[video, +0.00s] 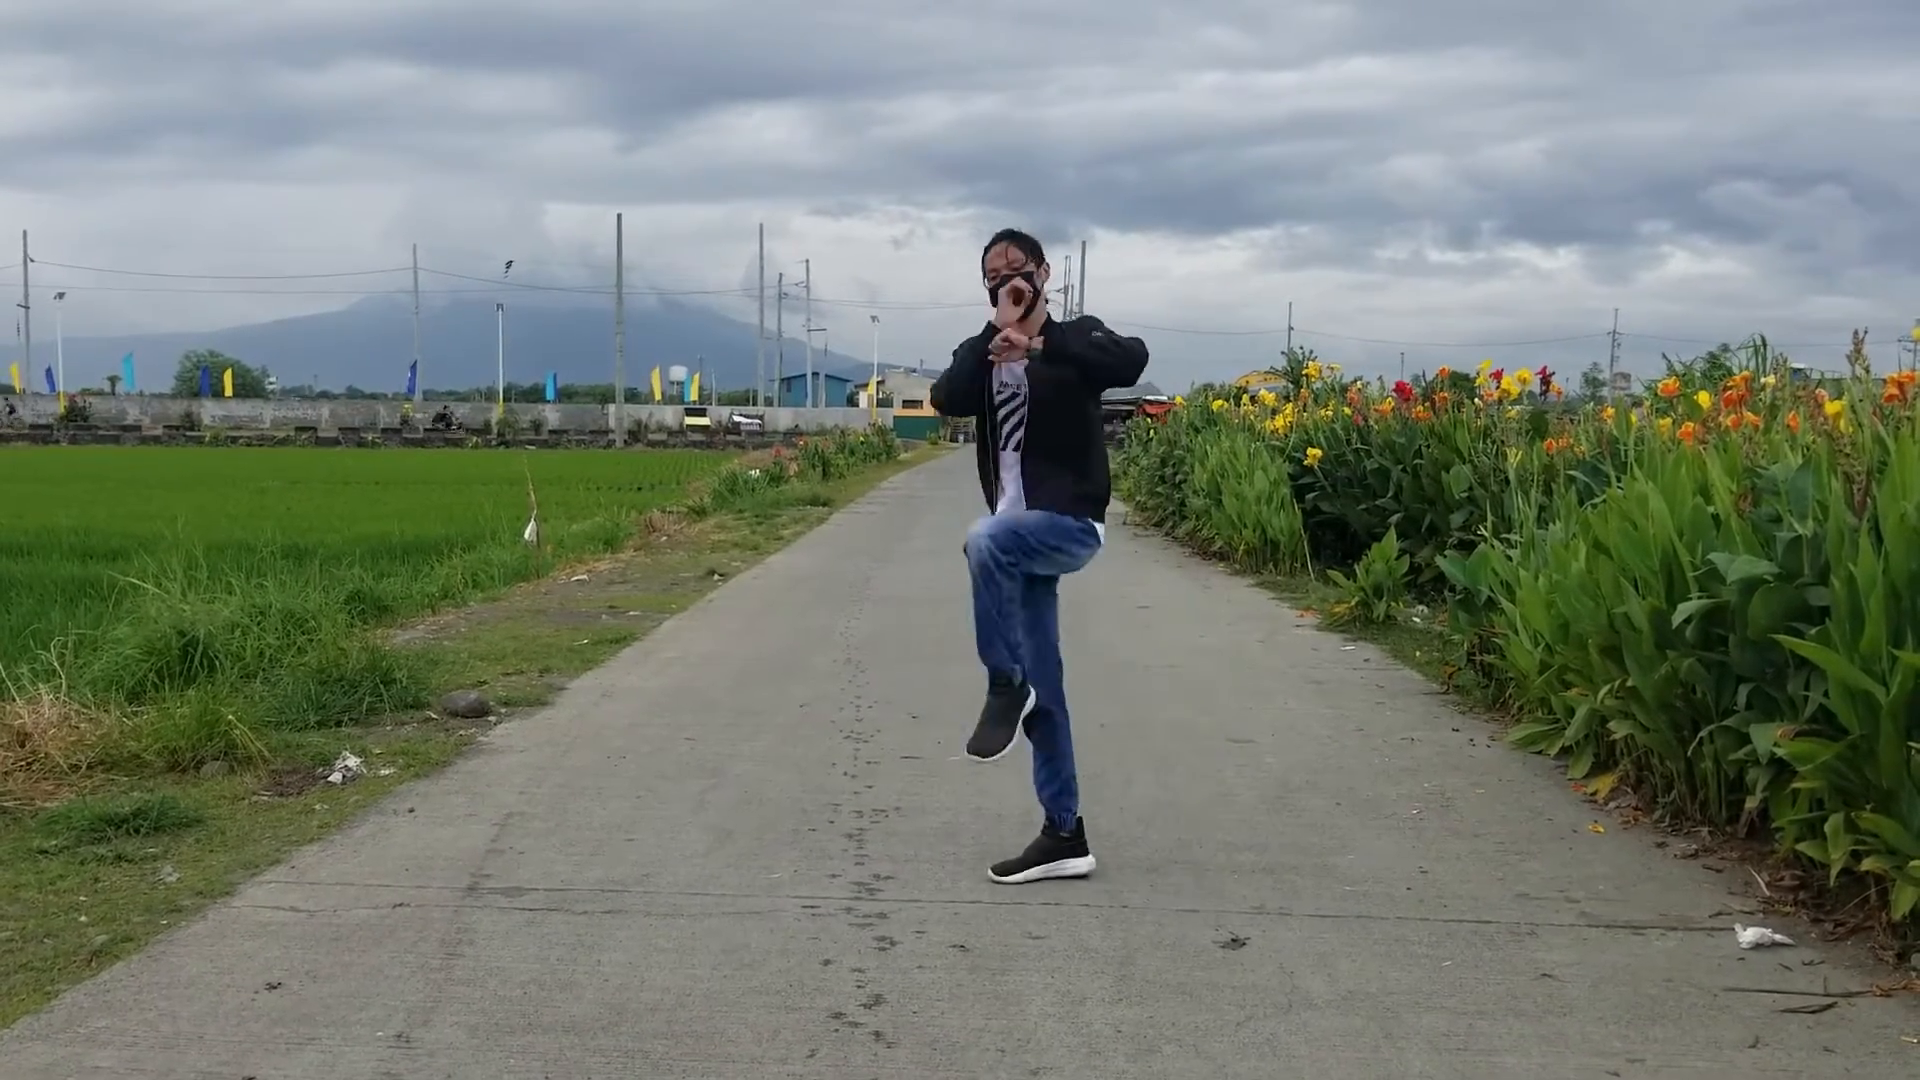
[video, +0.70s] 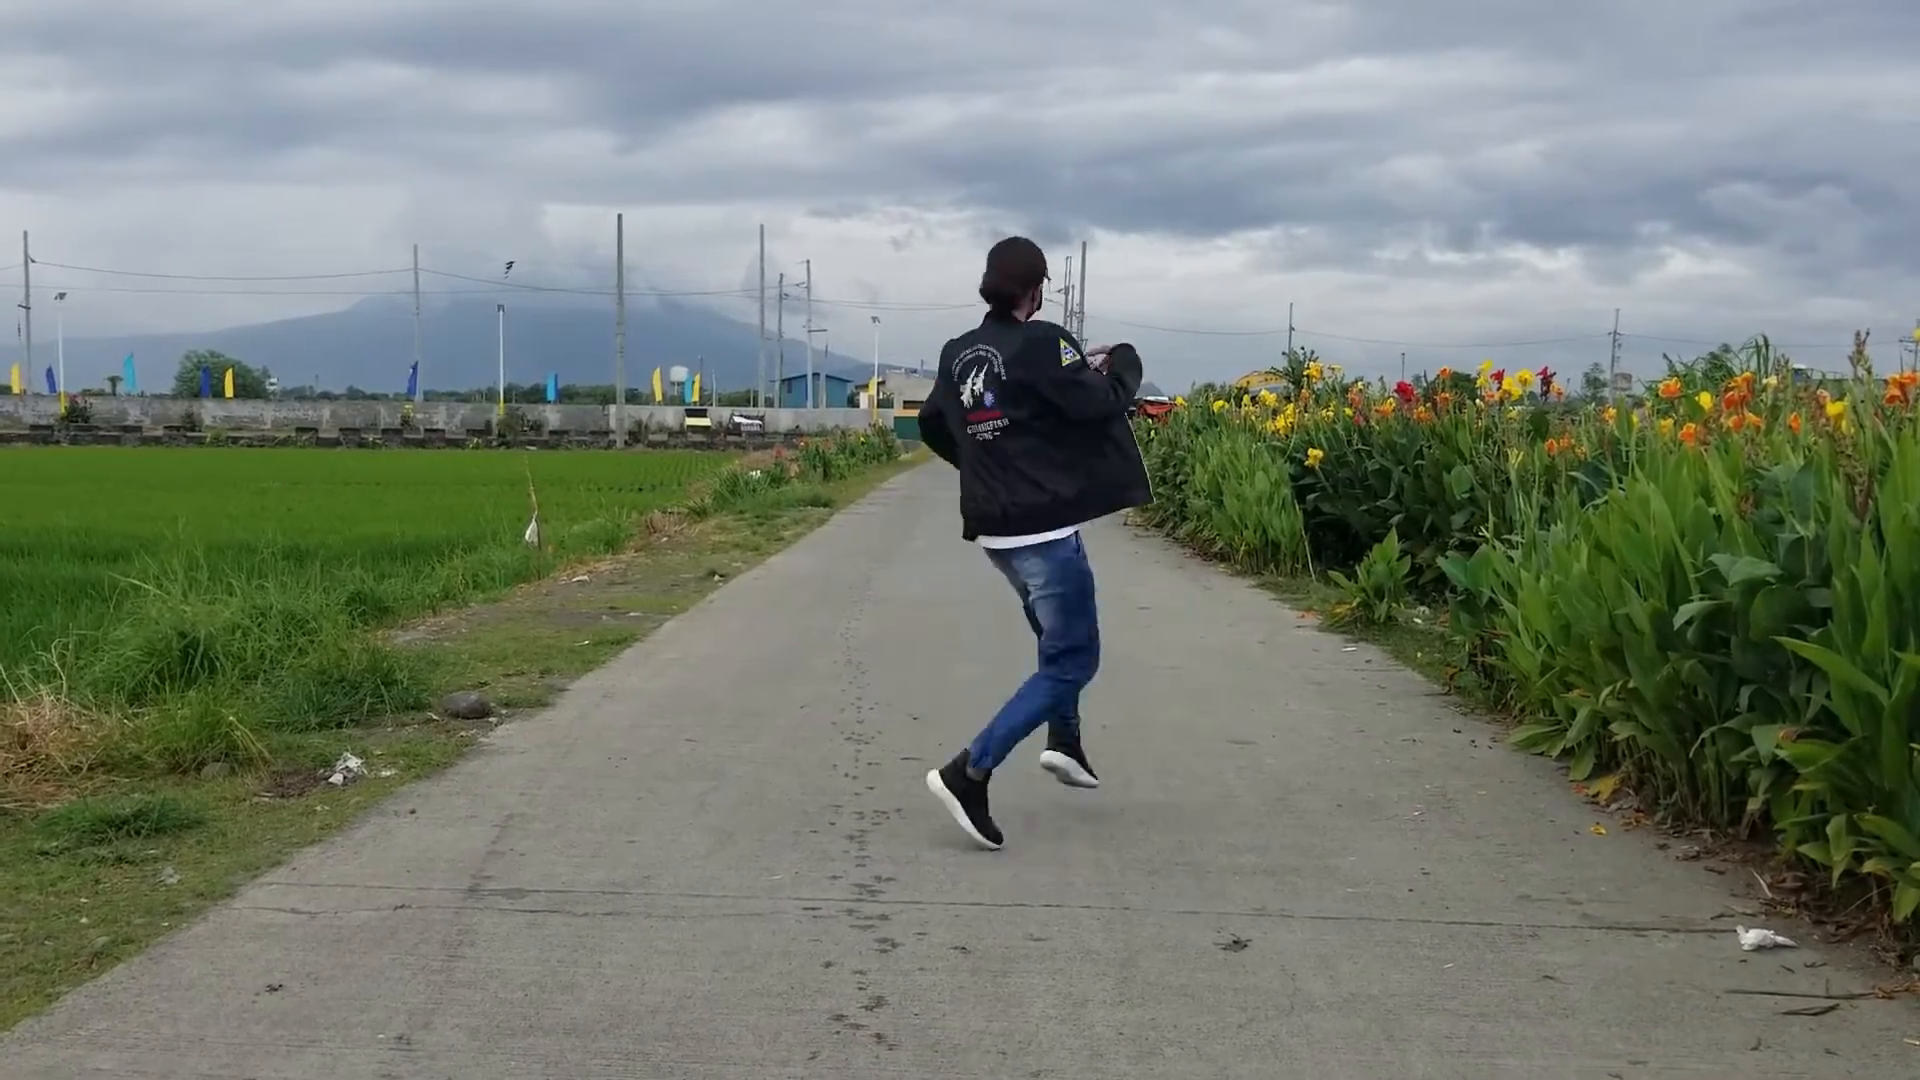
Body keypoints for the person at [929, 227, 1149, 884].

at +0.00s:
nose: (1007, 283)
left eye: (1016, 270)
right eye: (996, 277)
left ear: (1042, 273)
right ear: (986, 291)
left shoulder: (1077, 333)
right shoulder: (980, 350)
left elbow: (1131, 361)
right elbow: (949, 400)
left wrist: (1046, 347)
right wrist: (992, 337)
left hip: (1070, 520)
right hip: (1012, 524)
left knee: (987, 540)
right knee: (1040, 685)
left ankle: (1005, 685)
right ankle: (1064, 833)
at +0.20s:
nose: (975, 294)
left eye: (980, 284)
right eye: (975, 285)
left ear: (1009, 284)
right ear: (1009, 286)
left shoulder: (1045, 333)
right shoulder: (996, 344)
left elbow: (1047, 355)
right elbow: (951, 364)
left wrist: (1076, 370)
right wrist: (958, 369)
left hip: (1027, 540)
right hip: (1053, 541)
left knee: (935, 627)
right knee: (1035, 689)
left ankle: (958, 760)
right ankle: (1062, 831)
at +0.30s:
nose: (967, 303)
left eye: (970, 293)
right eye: (969, 293)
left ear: (983, 299)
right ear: (1020, 300)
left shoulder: (1022, 355)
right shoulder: (999, 360)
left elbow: (1045, 407)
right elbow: (958, 413)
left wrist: (1063, 464)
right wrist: (915, 450)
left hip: (1003, 553)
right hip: (1056, 550)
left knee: (980, 672)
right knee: (1031, 688)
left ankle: (975, 790)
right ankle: (1057, 826)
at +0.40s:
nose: (960, 321)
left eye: (962, 313)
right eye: (964, 311)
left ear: (971, 321)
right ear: (1014, 318)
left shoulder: (985, 390)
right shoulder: (1038, 375)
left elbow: (990, 485)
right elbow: (976, 470)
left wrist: (989, 576)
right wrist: (917, 518)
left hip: (1002, 564)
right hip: (1059, 560)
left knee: (989, 686)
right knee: (1039, 696)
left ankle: (990, 804)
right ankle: (1019, 786)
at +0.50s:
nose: (962, 330)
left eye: (962, 322)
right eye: (968, 321)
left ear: (968, 328)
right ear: (1018, 323)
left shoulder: (953, 400)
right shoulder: (1055, 375)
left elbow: (936, 495)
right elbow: (1056, 457)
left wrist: (919, 579)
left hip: (983, 558)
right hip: (1053, 549)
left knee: (991, 683)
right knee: (1069, 674)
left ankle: (995, 808)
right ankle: (1003, 728)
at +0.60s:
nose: (1026, 297)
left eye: (1014, 289)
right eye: (1026, 288)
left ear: (976, 300)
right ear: (1027, 293)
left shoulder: (948, 370)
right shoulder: (1061, 348)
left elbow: (913, 456)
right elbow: (1107, 427)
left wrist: (943, 507)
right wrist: (1072, 398)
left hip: (983, 537)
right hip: (1048, 530)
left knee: (1007, 656)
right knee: (1106, 642)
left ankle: (991, 777)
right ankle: (996, 703)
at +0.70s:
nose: (1044, 292)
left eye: (1041, 283)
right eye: (1042, 284)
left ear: (990, 288)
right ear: (1031, 289)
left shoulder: (958, 353)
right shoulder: (1042, 343)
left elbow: (933, 425)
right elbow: (1098, 403)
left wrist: (983, 461)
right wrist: (1116, 366)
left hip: (995, 529)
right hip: (1044, 526)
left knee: (1057, 637)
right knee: (1074, 659)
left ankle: (1065, 740)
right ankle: (969, 772)